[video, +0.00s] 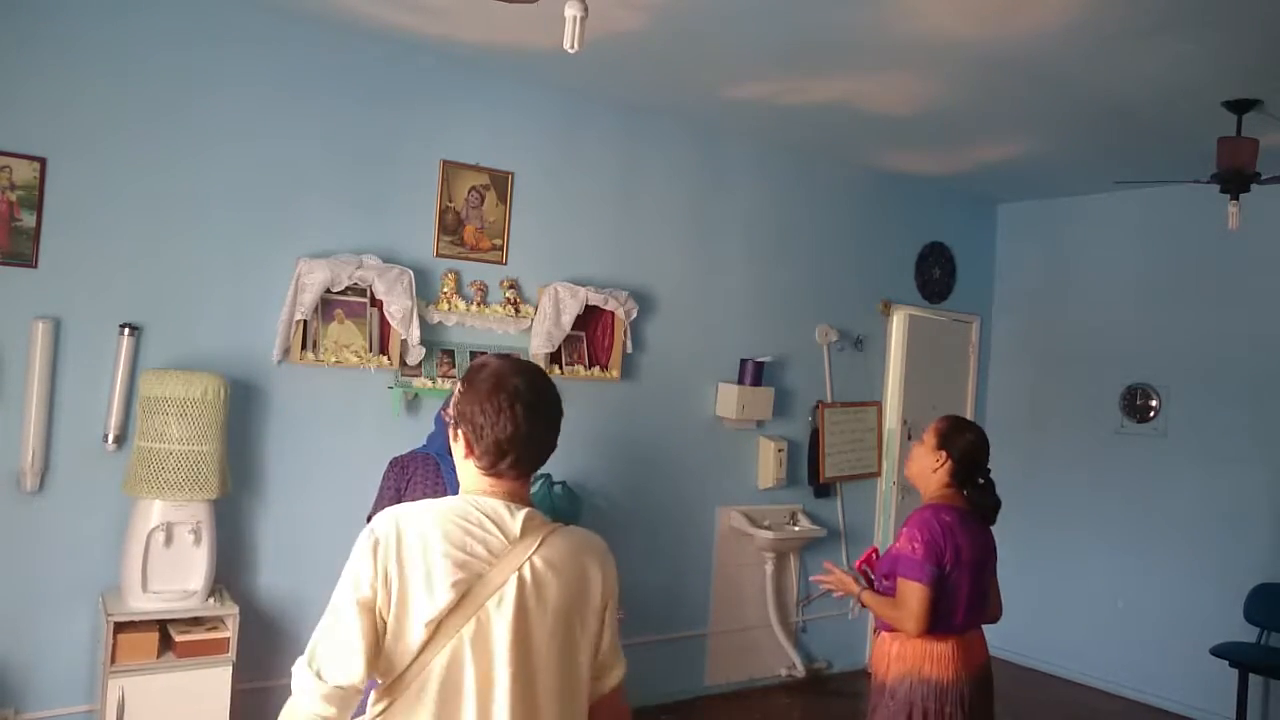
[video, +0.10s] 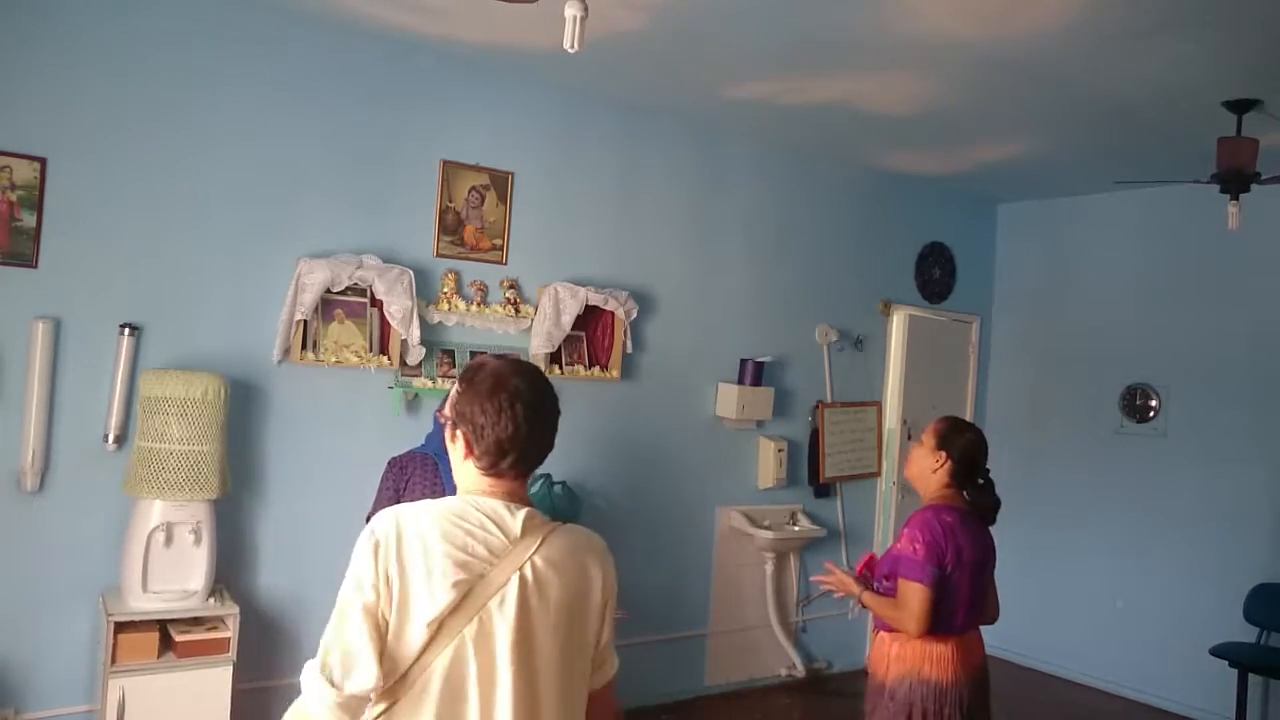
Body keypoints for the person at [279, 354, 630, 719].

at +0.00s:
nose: (447, 430)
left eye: (450, 421)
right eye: (450, 419)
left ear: (460, 440)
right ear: (549, 448)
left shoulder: (391, 536)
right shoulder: (591, 558)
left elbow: (327, 693)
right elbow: (607, 700)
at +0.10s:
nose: (444, 430)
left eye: (447, 423)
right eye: (446, 420)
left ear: (460, 441)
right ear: (545, 446)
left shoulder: (391, 535)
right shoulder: (590, 556)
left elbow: (338, 693)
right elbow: (600, 699)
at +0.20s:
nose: (432, 426)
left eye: (436, 419)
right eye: (436, 415)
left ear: (450, 439)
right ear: (534, 446)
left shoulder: (380, 533)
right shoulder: (579, 557)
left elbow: (336, 695)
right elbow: (596, 700)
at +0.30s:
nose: (414, 430)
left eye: (417, 420)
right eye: (417, 416)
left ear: (432, 439)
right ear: (516, 445)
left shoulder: (363, 531)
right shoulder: (560, 555)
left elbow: (320, 691)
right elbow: (567, 693)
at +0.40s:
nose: (390, 427)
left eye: (393, 418)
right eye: (393, 415)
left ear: (407, 439)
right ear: (494, 444)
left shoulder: (339, 537)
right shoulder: (542, 555)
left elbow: (295, 696)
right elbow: (553, 696)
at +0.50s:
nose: (360, 424)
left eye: (363, 417)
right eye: (363, 415)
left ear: (373, 438)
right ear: (464, 445)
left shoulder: (305, 540)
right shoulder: (516, 556)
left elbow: (256, 703)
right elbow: (546, 705)